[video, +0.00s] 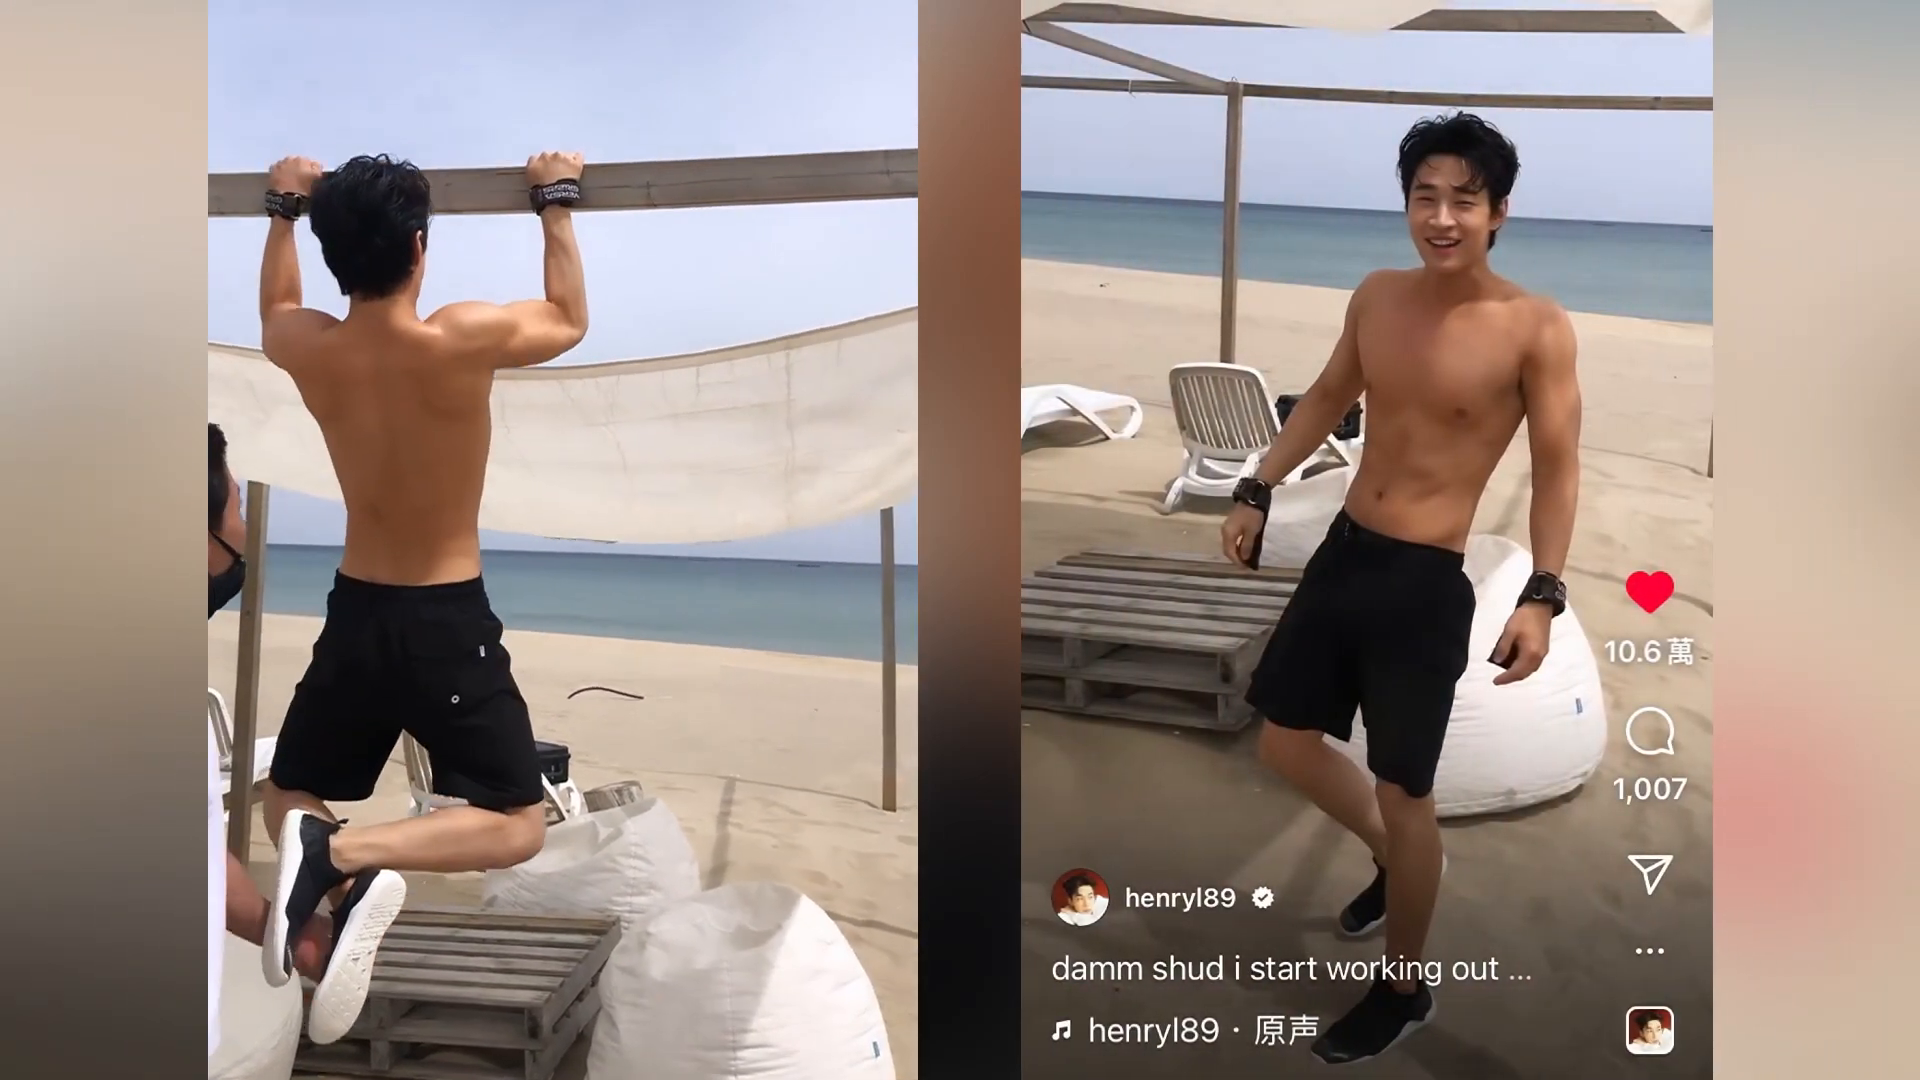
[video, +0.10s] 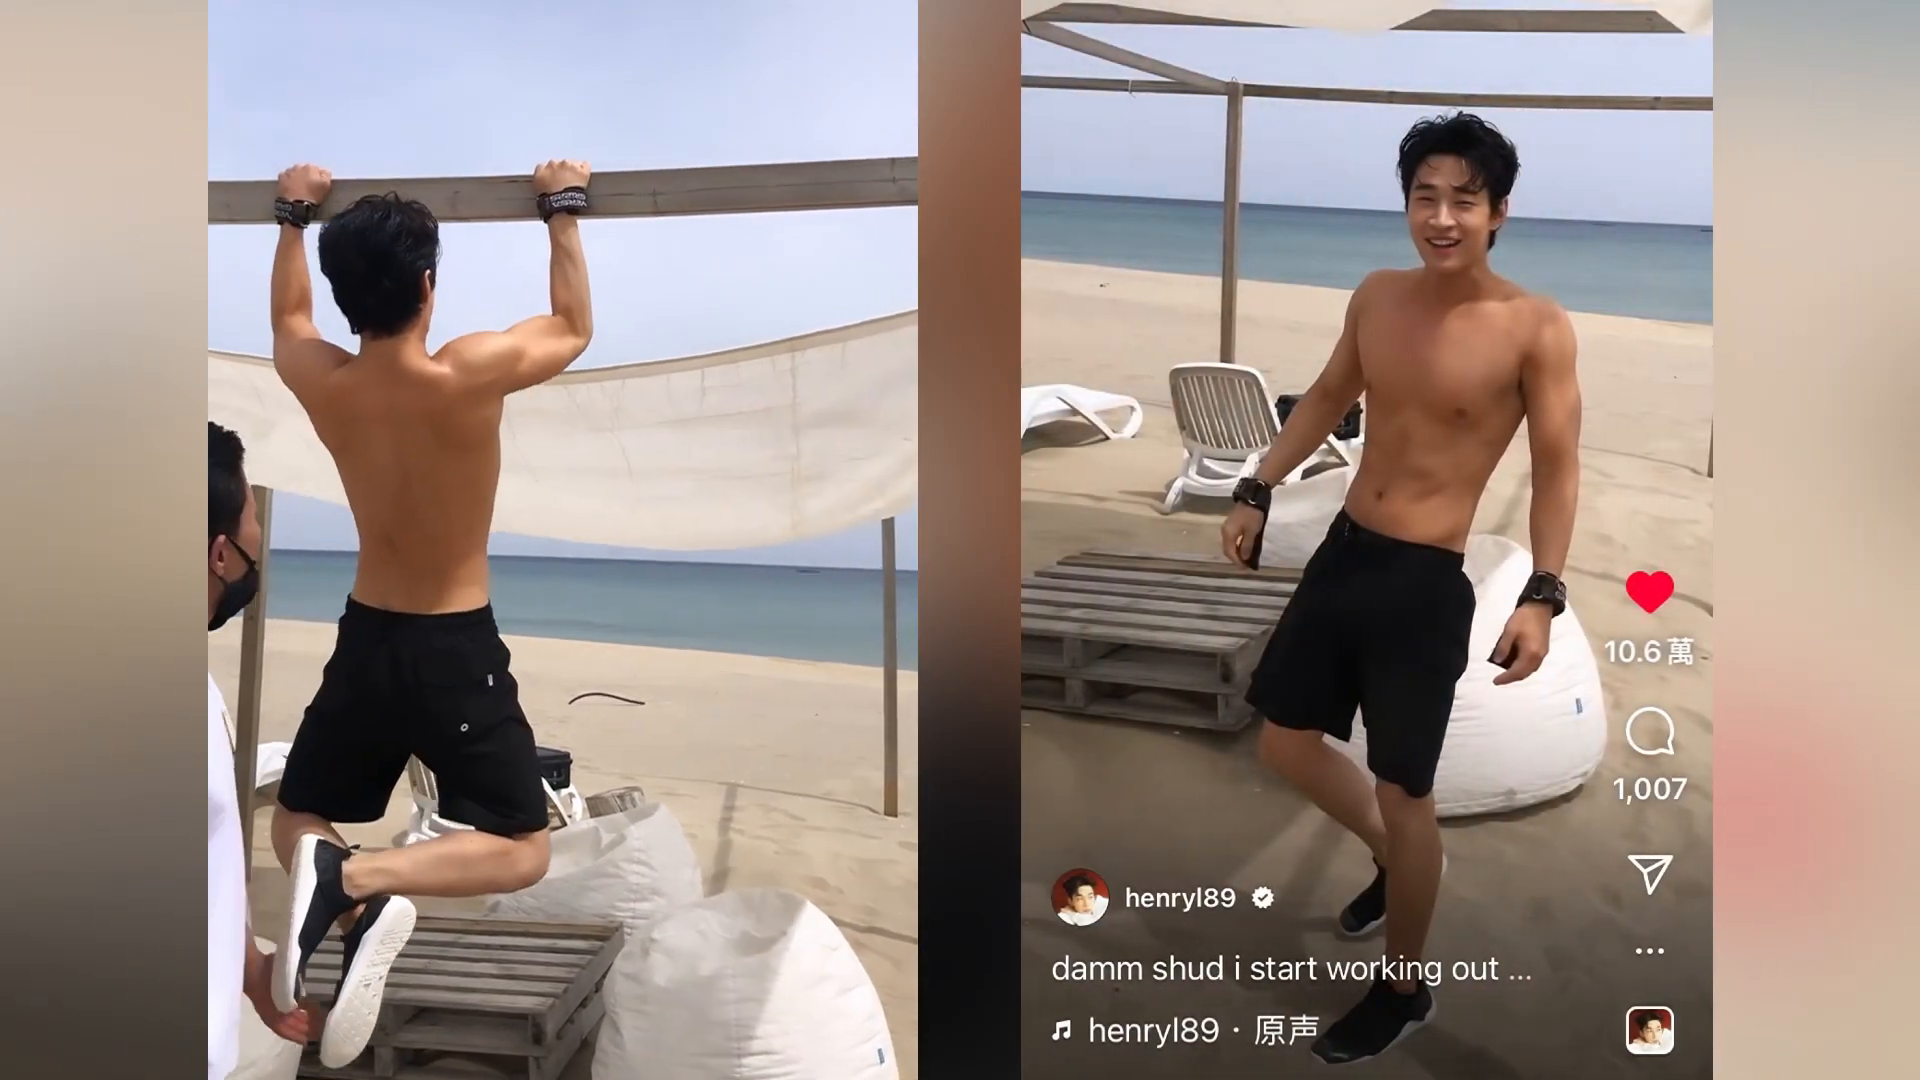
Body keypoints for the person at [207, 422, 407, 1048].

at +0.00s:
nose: (246, 523)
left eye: (237, 501)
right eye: (237, 505)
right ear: (207, 536)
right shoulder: (186, 707)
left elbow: (196, 844)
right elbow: (196, 858)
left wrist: (294, 934)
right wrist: (297, 935)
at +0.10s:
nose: (261, 531)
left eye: (253, 512)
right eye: (252, 515)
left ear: (220, 557)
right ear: (221, 553)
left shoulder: (205, 694)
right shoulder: (197, 700)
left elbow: (190, 871)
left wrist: (254, 967)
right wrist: (254, 968)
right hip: (207, 1051)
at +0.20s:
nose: (278, 541)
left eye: (273, 521)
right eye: (272, 523)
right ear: (238, 557)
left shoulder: (208, 693)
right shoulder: (202, 705)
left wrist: (228, 980)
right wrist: (238, 1051)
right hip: (213, 1054)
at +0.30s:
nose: (296, 534)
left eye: (288, 515)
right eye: (288, 518)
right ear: (257, 557)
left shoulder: (217, 704)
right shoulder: (207, 727)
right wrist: (229, 1059)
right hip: (224, 1049)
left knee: (291, 977)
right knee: (293, 979)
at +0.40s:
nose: (313, 544)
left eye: (307, 523)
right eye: (306, 526)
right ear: (276, 565)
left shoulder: (225, 699)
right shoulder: (215, 737)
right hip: (236, 1053)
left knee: (305, 981)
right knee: (308, 985)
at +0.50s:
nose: (324, 549)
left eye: (320, 527)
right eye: (319, 530)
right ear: (289, 567)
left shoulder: (230, 688)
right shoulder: (220, 753)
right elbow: (180, 990)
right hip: (248, 1057)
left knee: (323, 991)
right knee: (326, 995)